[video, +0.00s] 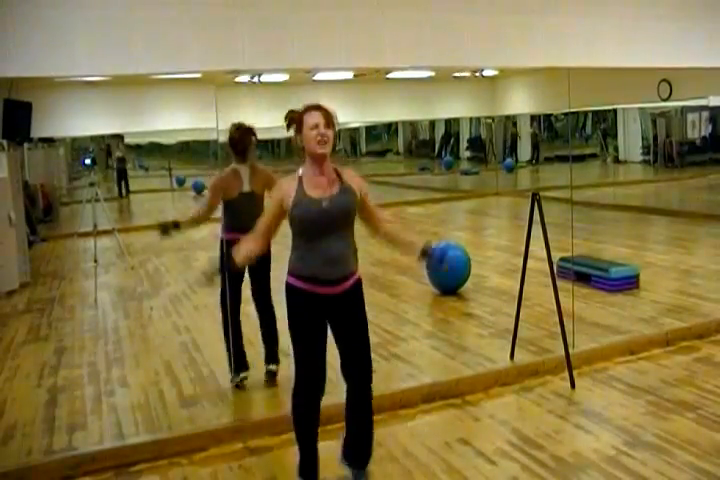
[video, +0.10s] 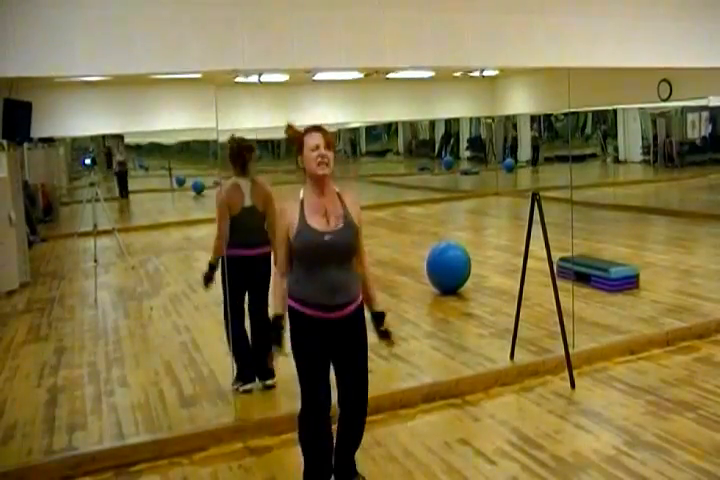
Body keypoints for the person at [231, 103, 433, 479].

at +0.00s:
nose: (321, 133)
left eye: (326, 127)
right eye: (314, 128)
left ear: (334, 133)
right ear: (300, 137)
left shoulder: (351, 181)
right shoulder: (287, 188)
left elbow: (380, 225)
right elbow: (261, 234)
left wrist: (422, 248)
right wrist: (243, 251)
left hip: (347, 289)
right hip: (304, 292)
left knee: (360, 377)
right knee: (310, 382)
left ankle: (357, 460)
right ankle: (308, 466)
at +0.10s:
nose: (323, 155)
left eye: (327, 148)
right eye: (314, 150)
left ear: (334, 154)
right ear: (301, 159)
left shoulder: (348, 201)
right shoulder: (288, 209)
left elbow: (360, 261)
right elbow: (280, 269)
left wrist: (377, 311)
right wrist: (277, 318)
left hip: (350, 315)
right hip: (307, 318)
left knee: (355, 402)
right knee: (316, 404)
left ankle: (345, 466)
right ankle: (317, 472)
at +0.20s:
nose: (321, 141)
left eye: (326, 135)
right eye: (313, 137)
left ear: (334, 142)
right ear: (301, 146)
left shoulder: (350, 188)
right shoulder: (289, 195)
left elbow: (368, 241)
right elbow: (277, 254)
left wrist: (398, 279)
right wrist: (265, 293)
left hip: (349, 302)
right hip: (306, 304)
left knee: (357, 388)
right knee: (312, 390)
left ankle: (347, 465)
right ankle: (313, 469)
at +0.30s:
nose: (322, 123)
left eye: (327, 116)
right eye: (314, 118)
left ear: (336, 123)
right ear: (301, 127)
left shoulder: (352, 165)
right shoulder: (287, 173)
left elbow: (392, 198)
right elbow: (253, 221)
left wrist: (439, 194)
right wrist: (223, 232)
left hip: (349, 277)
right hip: (307, 280)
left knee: (359, 367)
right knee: (305, 373)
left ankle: (360, 451)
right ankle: (301, 465)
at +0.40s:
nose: (323, 127)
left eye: (328, 121)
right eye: (314, 122)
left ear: (335, 127)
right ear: (301, 130)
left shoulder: (352, 165)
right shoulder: (287, 173)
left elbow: (402, 162)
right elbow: (237, 188)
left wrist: (429, 117)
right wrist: (214, 157)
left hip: (349, 281)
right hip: (306, 284)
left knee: (370, 364)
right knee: (296, 377)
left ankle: (381, 449)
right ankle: (282, 471)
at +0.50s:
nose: (324, 153)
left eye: (330, 147)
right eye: (317, 148)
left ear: (338, 154)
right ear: (304, 157)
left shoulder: (352, 184)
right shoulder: (292, 193)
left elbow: (386, 145)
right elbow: (245, 162)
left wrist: (380, 92)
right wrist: (254, 107)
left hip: (352, 308)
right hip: (308, 311)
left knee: (384, 384)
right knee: (285, 400)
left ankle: (403, 457)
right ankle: (262, 475)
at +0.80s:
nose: (322, 129)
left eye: (326, 123)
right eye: (313, 124)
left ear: (334, 130)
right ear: (299, 133)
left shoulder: (349, 167)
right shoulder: (285, 174)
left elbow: (394, 177)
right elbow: (235, 194)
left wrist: (429, 162)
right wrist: (210, 176)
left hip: (347, 282)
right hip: (304, 286)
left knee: (368, 362)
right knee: (295, 378)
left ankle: (381, 446)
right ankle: (279, 472)